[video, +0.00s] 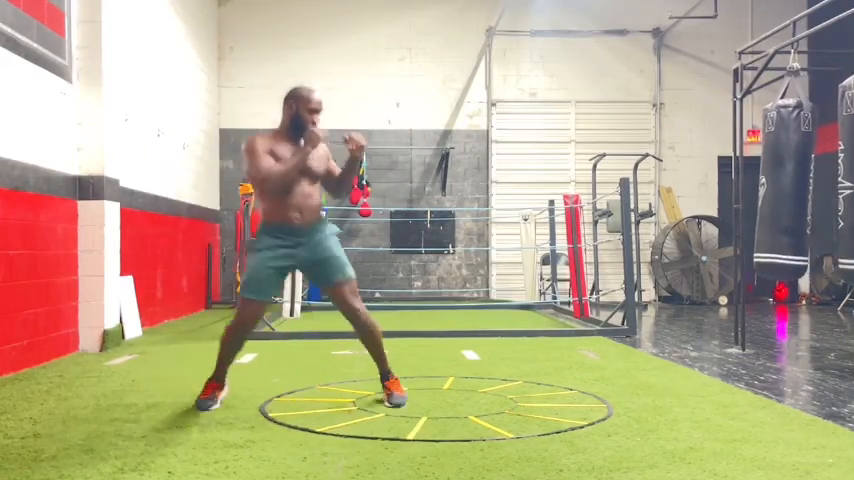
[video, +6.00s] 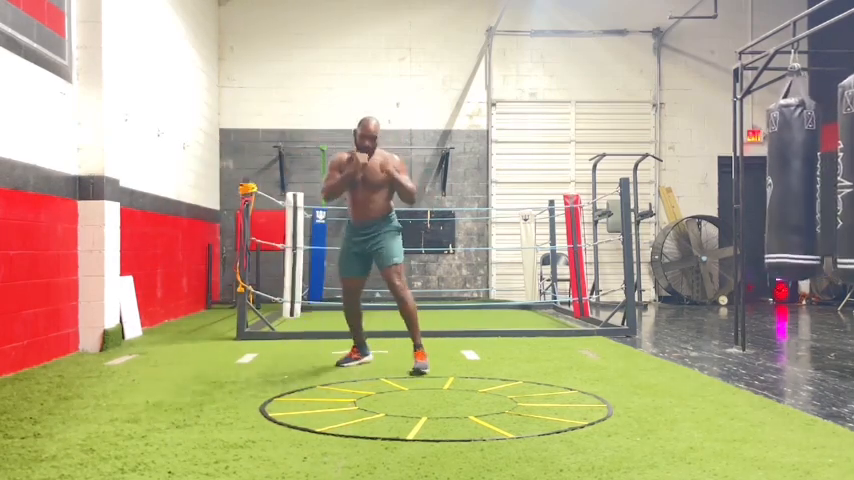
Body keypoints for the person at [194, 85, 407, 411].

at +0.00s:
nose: (317, 119)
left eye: (319, 113)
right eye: (312, 112)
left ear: (316, 112)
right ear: (291, 107)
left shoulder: (318, 149)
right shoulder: (260, 143)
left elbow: (339, 188)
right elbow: (268, 187)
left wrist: (354, 160)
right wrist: (305, 150)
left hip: (318, 237)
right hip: (273, 241)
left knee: (354, 307)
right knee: (245, 320)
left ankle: (388, 377)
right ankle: (217, 380)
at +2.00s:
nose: (313, 119)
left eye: (318, 115)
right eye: (310, 113)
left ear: (320, 116)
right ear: (294, 108)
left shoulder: (325, 144)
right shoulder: (265, 134)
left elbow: (349, 182)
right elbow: (266, 168)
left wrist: (348, 147)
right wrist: (301, 136)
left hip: (316, 224)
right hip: (276, 226)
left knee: (341, 289)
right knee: (264, 302)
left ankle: (367, 362)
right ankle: (265, 366)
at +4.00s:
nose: (328, 124)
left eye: (333, 120)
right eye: (323, 119)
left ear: (339, 117)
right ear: (311, 114)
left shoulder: (349, 142)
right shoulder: (291, 140)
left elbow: (375, 177)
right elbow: (283, 175)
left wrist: (357, 139)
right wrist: (313, 143)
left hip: (343, 221)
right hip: (309, 224)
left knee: (349, 286)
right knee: (300, 298)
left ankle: (382, 353)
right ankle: (323, 351)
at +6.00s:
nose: (369, 143)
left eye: (373, 139)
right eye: (365, 138)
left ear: (378, 138)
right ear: (355, 136)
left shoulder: (392, 162)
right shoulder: (341, 161)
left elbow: (410, 197)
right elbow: (327, 194)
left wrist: (395, 177)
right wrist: (352, 173)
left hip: (385, 230)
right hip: (355, 233)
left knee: (397, 285)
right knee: (349, 295)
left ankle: (419, 349)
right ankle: (360, 349)